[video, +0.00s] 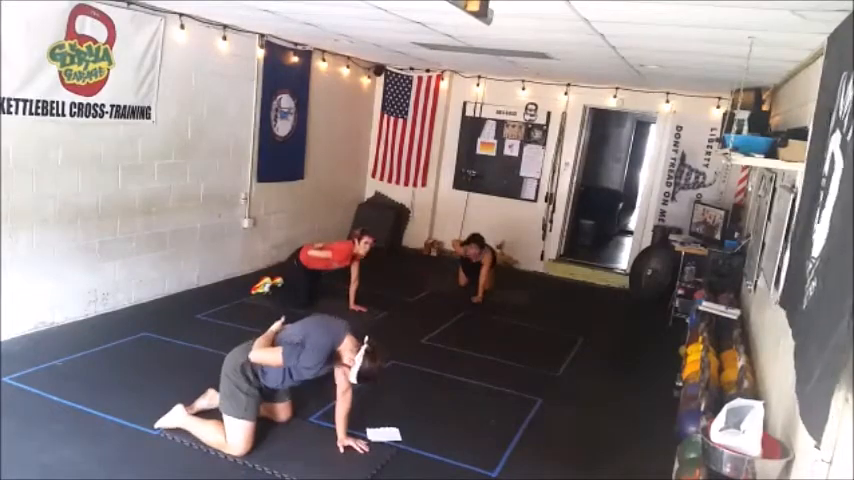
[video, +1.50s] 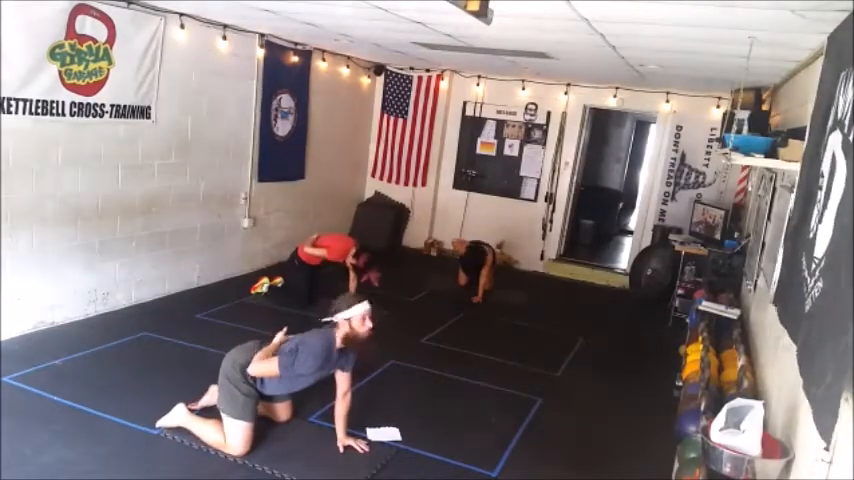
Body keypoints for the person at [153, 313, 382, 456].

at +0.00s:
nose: (349, 372)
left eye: (353, 371)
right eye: (353, 370)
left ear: (359, 353)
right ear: (354, 362)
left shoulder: (346, 339)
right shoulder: (314, 350)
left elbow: (344, 390)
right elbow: (255, 355)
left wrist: (342, 435)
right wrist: (271, 330)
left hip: (275, 366)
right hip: (244, 368)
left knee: (281, 413)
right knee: (236, 446)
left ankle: (217, 400)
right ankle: (182, 419)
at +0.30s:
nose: (341, 370)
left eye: (346, 369)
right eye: (345, 366)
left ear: (353, 351)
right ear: (349, 358)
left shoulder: (344, 339)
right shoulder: (307, 347)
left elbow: (343, 392)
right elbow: (249, 348)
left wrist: (343, 436)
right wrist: (266, 326)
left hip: (272, 368)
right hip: (242, 369)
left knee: (281, 412)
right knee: (236, 446)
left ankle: (217, 400)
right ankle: (182, 418)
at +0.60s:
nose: (355, 374)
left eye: (360, 372)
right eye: (359, 370)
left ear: (362, 351)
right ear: (358, 361)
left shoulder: (347, 338)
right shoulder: (314, 356)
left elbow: (343, 391)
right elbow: (255, 360)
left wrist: (341, 435)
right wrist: (271, 333)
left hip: (274, 366)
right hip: (242, 367)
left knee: (281, 413)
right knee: (237, 445)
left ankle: (217, 399)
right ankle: (182, 418)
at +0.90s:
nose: (371, 315)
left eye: (371, 309)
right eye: (364, 311)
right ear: (344, 315)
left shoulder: (348, 349)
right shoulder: (318, 344)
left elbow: (344, 394)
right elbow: (260, 366)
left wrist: (342, 436)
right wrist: (279, 342)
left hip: (269, 362)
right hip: (242, 368)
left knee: (281, 411)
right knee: (237, 446)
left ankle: (217, 401)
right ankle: (181, 417)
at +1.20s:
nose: (346, 366)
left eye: (349, 364)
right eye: (349, 362)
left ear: (354, 347)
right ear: (354, 353)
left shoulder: (344, 339)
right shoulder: (311, 343)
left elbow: (342, 392)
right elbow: (252, 345)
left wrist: (343, 435)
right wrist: (268, 325)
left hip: (273, 368)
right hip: (244, 367)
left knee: (282, 412)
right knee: (236, 446)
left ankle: (217, 400)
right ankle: (182, 418)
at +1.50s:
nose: (370, 322)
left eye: (369, 317)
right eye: (364, 319)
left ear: (350, 322)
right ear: (343, 322)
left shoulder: (346, 350)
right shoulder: (315, 350)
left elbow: (344, 394)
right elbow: (253, 368)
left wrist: (342, 436)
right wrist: (276, 342)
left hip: (266, 362)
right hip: (240, 368)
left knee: (281, 411)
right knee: (237, 446)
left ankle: (220, 396)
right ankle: (181, 416)